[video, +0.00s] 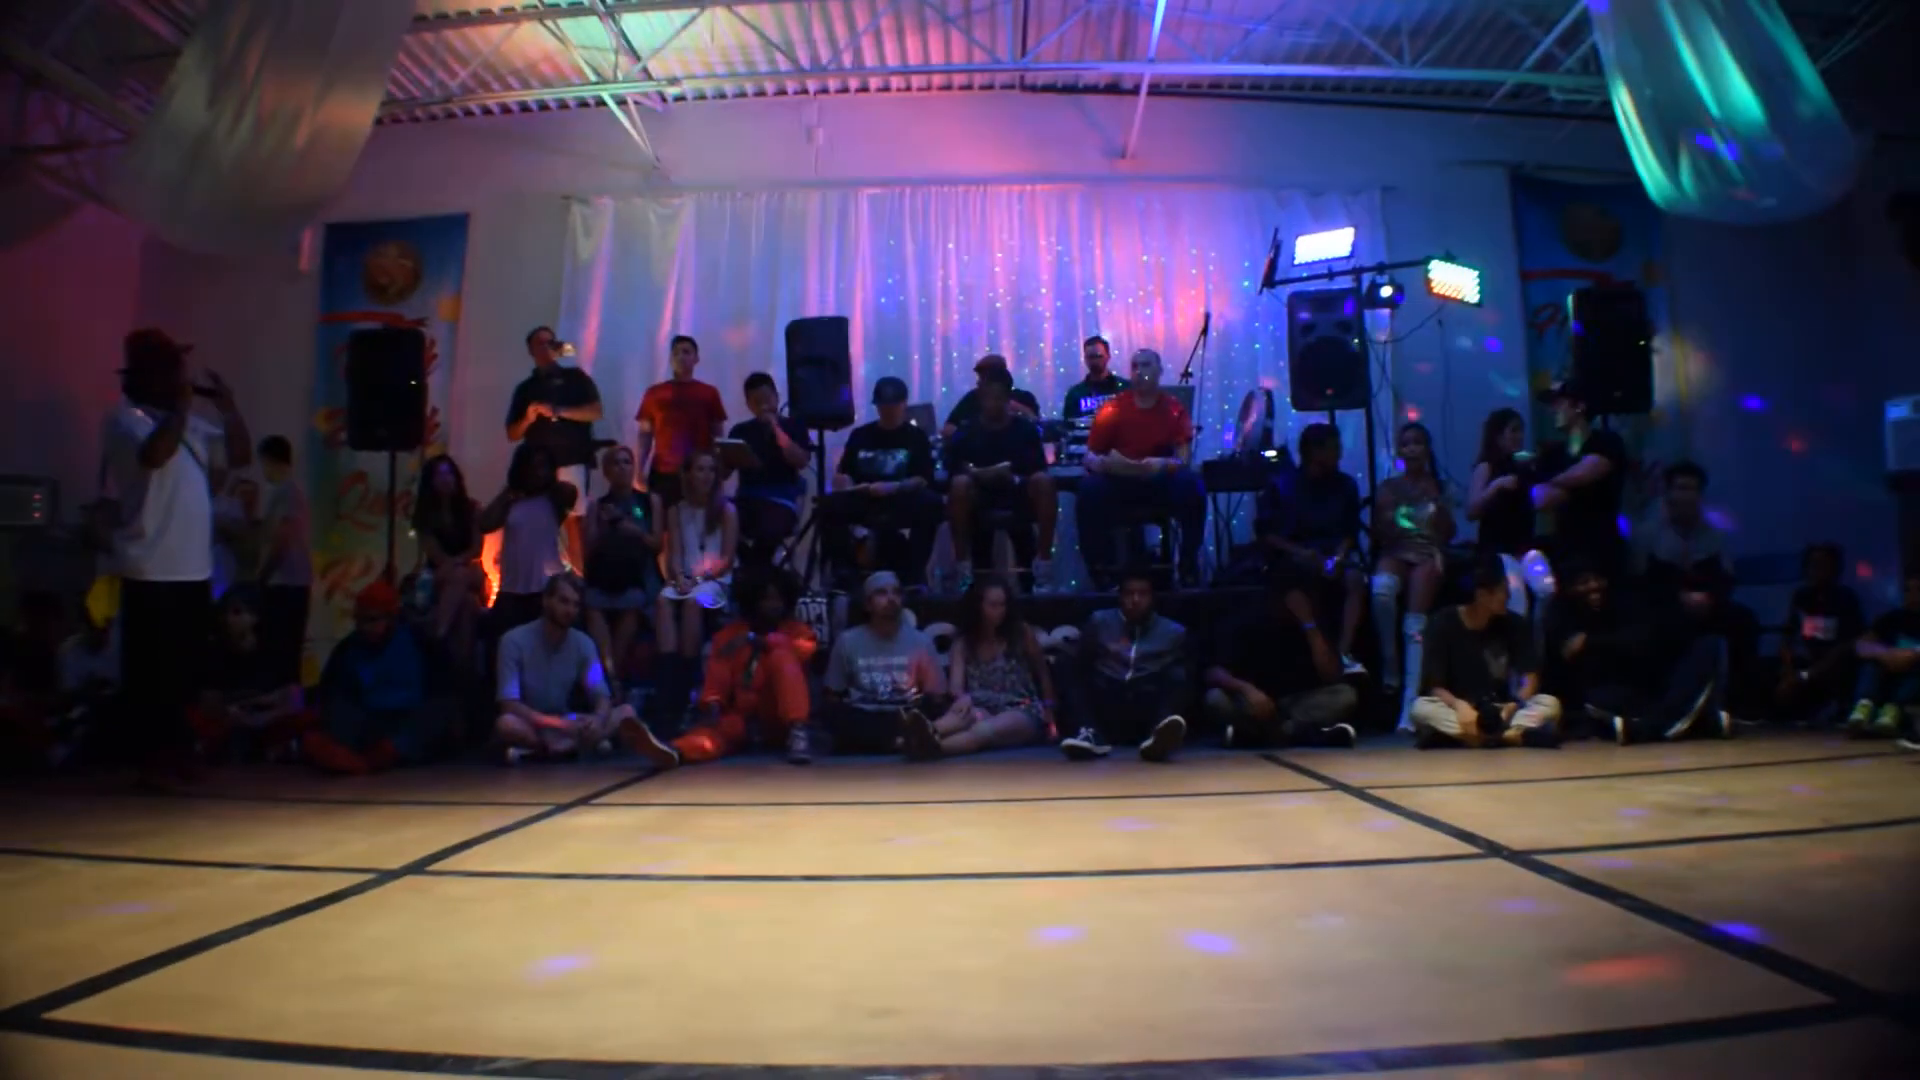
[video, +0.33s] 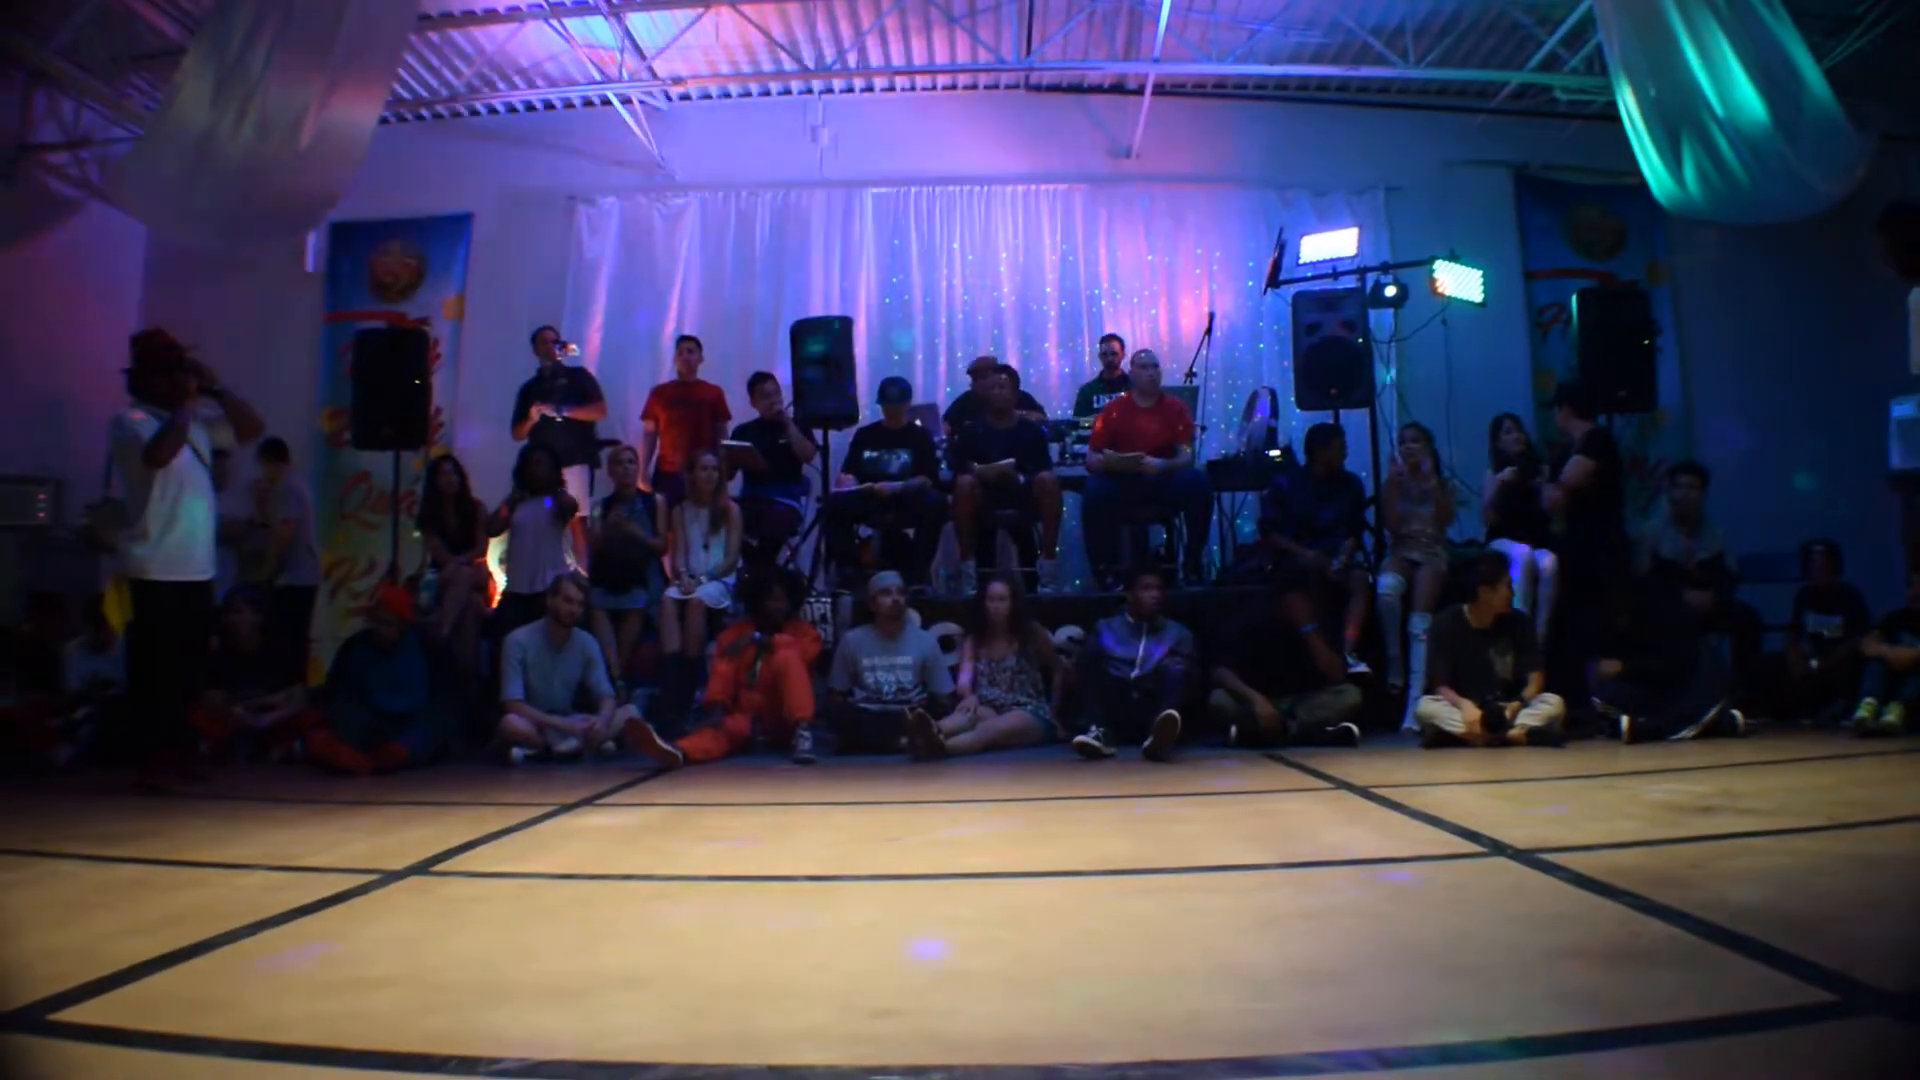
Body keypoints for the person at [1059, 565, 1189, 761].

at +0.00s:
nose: (1135, 600)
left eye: (1142, 594)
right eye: (1129, 594)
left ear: (1151, 598)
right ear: (1120, 598)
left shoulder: (1173, 633)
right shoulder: (1100, 623)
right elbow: (1083, 663)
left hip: (1148, 703)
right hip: (1104, 701)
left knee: (1177, 678)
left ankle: (1158, 736)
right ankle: (1089, 732)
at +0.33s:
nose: (1155, 596)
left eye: (1157, 589)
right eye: (1147, 589)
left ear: (1163, 593)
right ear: (1130, 594)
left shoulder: (1177, 633)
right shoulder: (1104, 629)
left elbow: (1184, 665)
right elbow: (1089, 665)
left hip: (1154, 697)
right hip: (1113, 696)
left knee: (1176, 669)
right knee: (1090, 666)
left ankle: (1160, 738)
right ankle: (1098, 731)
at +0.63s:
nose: (1146, 597)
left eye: (1148, 591)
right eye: (1139, 591)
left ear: (1153, 594)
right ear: (1122, 597)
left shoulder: (1169, 628)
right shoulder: (1101, 630)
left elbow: (1190, 660)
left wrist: (1168, 645)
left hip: (1152, 699)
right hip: (1113, 699)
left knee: (1177, 671)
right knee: (1090, 668)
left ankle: (1159, 736)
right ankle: (1098, 732)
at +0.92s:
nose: (1147, 602)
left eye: (1146, 595)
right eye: (1139, 596)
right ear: (1120, 604)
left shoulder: (1156, 622)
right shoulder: (1095, 626)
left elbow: (1188, 637)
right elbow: (1060, 644)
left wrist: (1152, 638)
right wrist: (1081, 656)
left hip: (1144, 695)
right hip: (1104, 694)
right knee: (1085, 667)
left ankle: (1146, 730)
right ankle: (1092, 733)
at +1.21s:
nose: (1136, 613)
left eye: (1136, 606)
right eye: (1129, 608)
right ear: (1109, 616)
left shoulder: (1148, 626)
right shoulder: (1088, 634)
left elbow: (1187, 646)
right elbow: (1053, 654)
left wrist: (1136, 665)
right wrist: (1104, 679)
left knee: (1166, 665)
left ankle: (1142, 733)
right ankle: (1092, 735)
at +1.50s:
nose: (1128, 614)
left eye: (1132, 607)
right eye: (1122, 608)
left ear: (1138, 609)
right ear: (1109, 609)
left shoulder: (1150, 628)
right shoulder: (1091, 631)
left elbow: (1192, 649)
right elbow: (1055, 651)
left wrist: (1143, 665)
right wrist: (1105, 673)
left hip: (1143, 705)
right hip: (1103, 706)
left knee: (1165, 672)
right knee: (1079, 672)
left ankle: (1143, 734)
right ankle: (1091, 736)